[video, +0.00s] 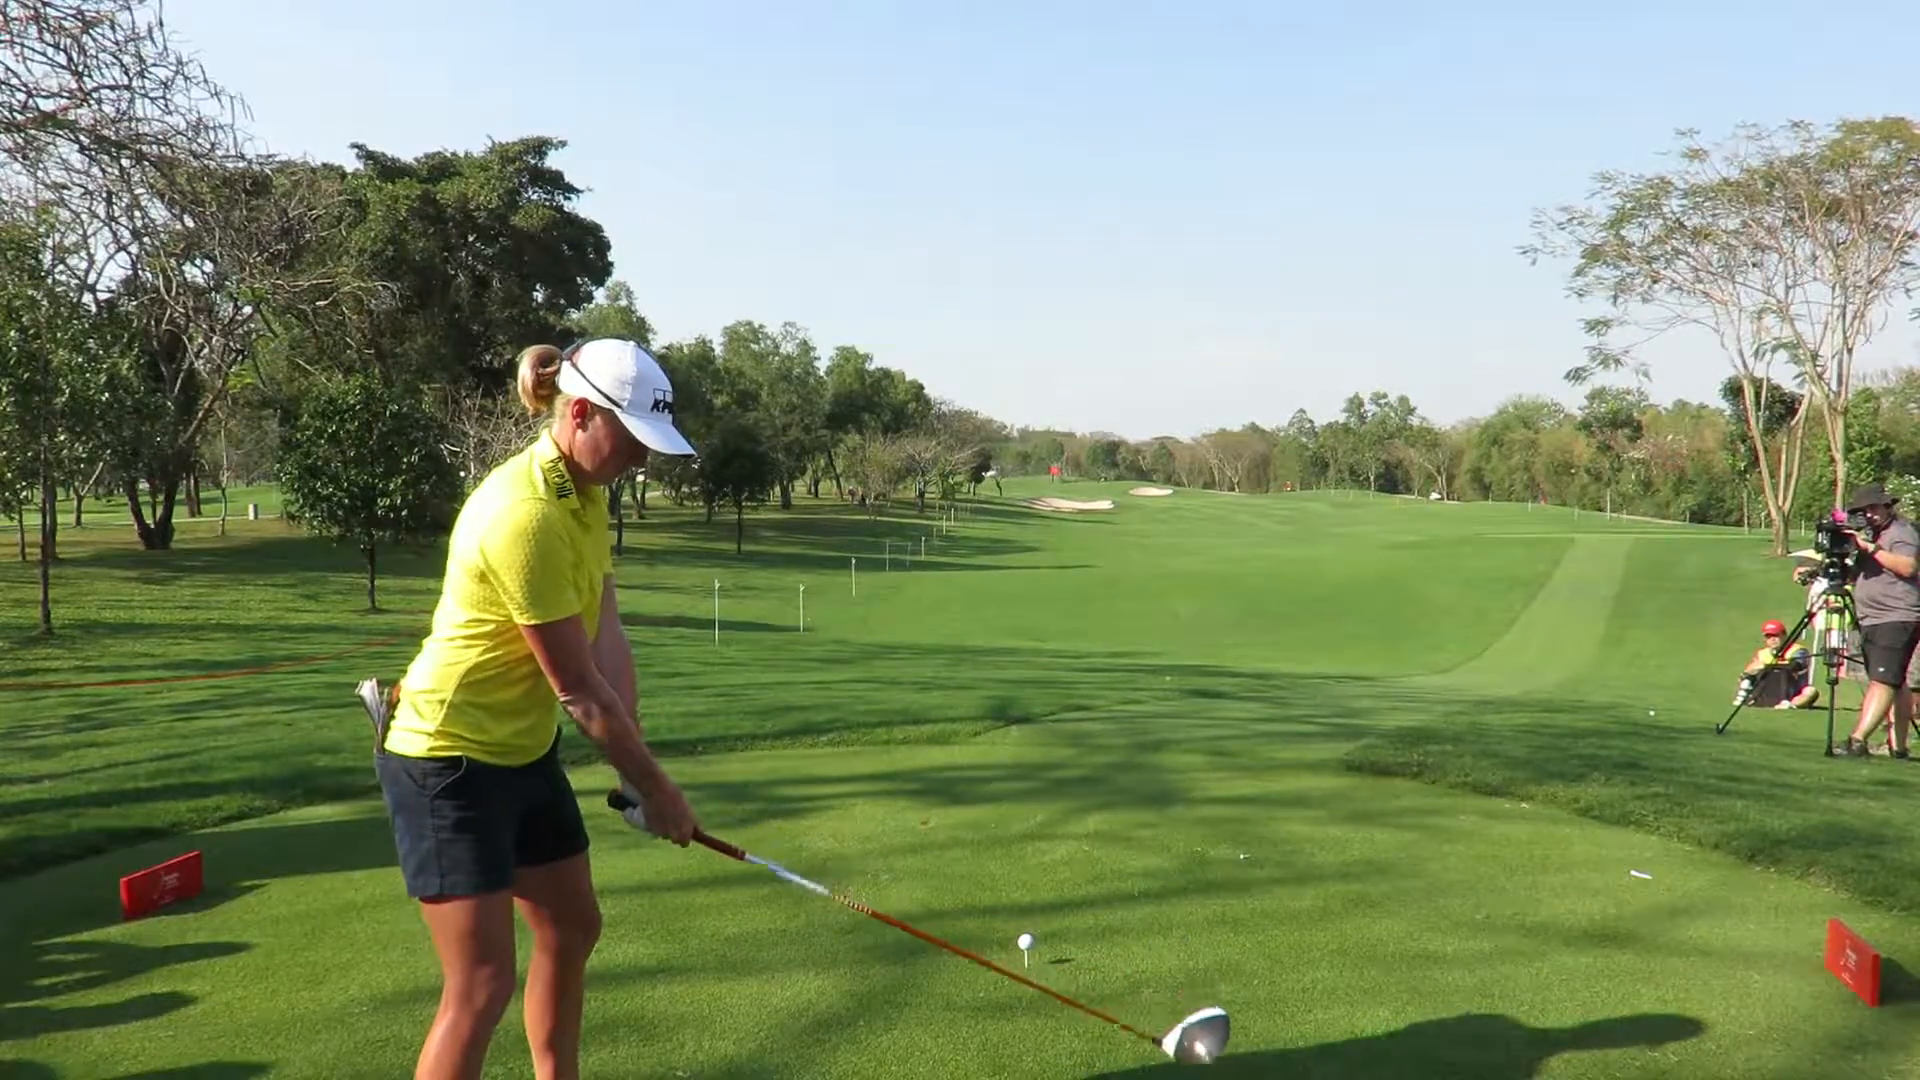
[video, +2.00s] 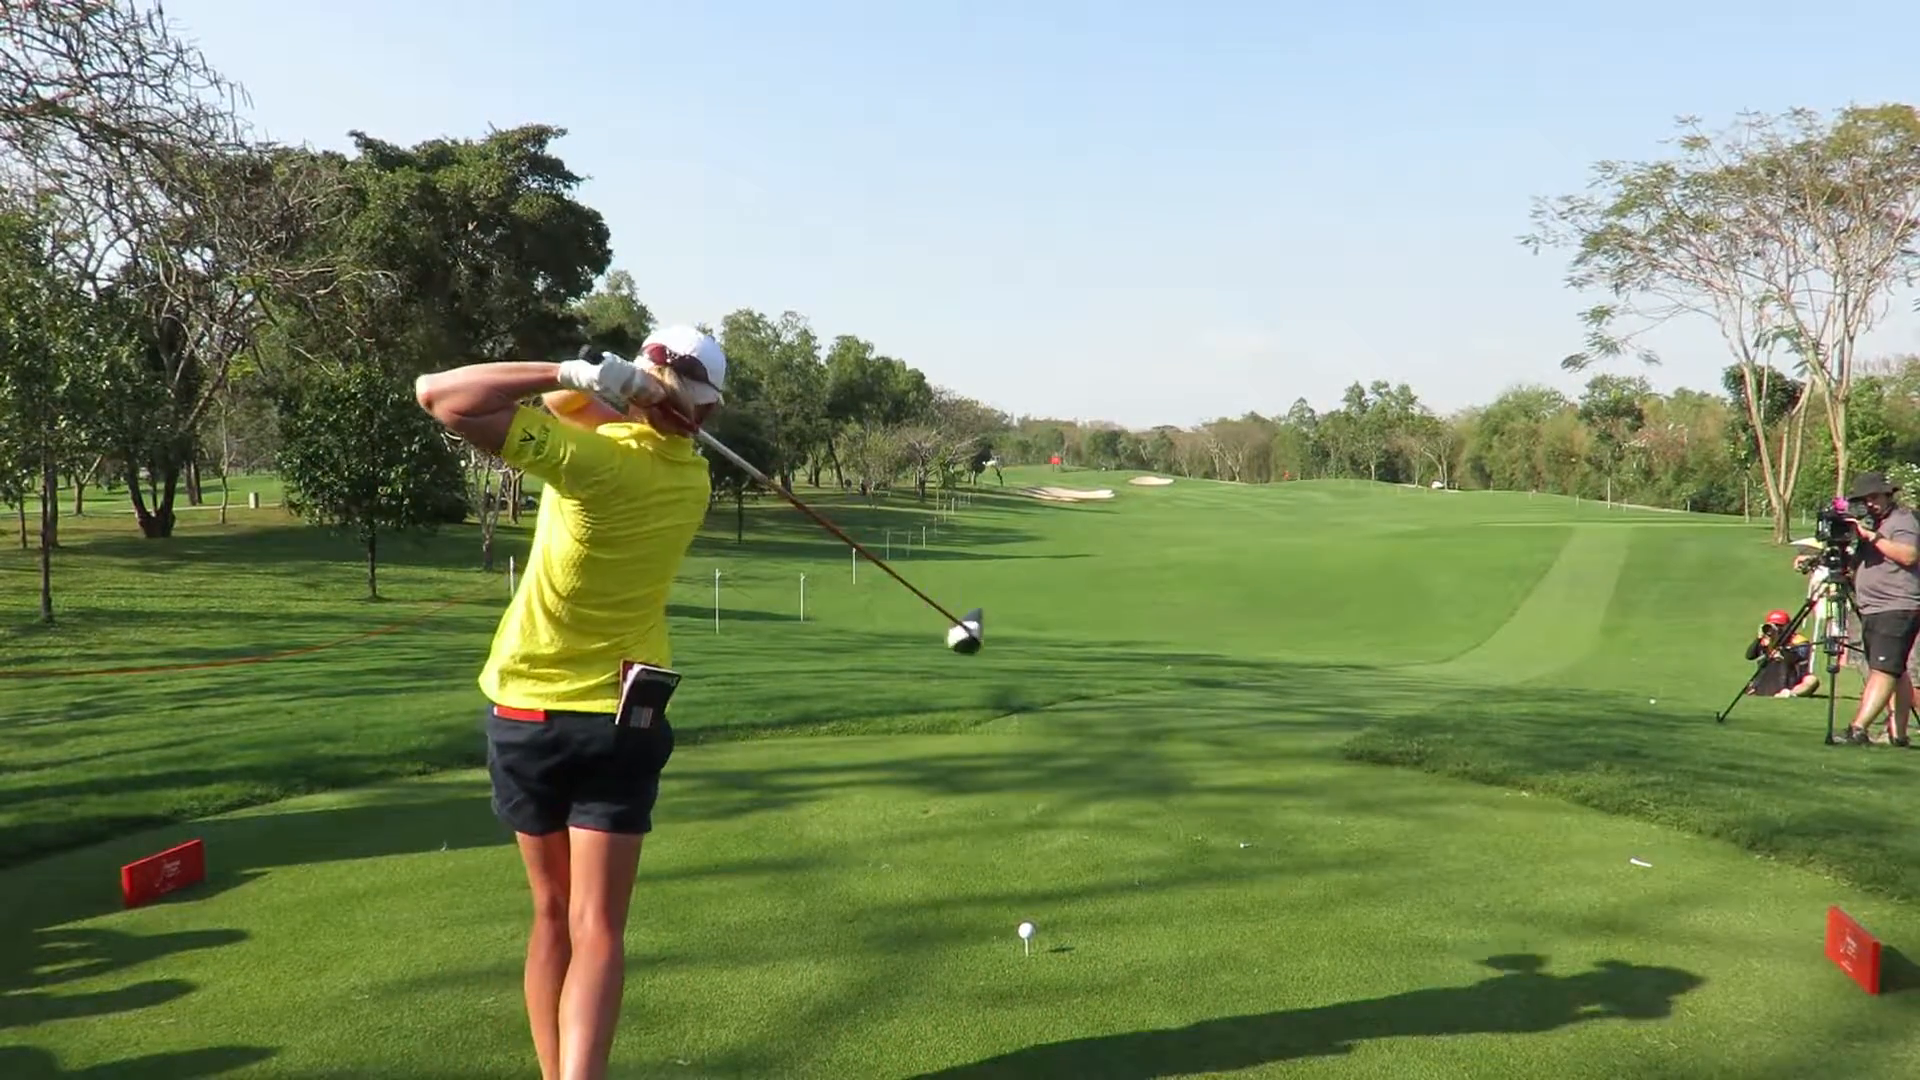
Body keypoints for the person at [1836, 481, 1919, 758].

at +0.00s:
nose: (1867, 517)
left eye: (1871, 510)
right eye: (1863, 513)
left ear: (1886, 508)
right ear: (1863, 514)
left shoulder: (1902, 532)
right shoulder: (1873, 536)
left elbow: (1908, 567)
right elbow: (1857, 574)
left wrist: (1871, 549)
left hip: (1898, 618)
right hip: (1873, 618)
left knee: (1883, 679)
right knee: (1891, 684)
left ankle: (1858, 738)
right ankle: (1898, 745)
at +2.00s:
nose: (1868, 506)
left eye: (1873, 499)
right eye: (1865, 501)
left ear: (1887, 496)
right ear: (1863, 502)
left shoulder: (1902, 520)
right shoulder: (1875, 525)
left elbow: (1909, 556)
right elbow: (1865, 566)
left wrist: (1872, 538)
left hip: (1898, 607)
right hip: (1874, 608)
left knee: (1884, 667)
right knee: (1891, 670)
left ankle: (1858, 727)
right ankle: (1898, 733)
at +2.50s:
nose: (1869, 508)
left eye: (1872, 501)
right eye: (1864, 504)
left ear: (1886, 497)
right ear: (1863, 506)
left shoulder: (1902, 521)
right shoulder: (1873, 525)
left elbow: (1909, 556)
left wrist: (1872, 538)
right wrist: (1845, 535)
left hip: (1898, 607)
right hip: (1873, 608)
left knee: (1883, 668)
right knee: (1892, 672)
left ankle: (1858, 728)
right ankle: (1898, 734)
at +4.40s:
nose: (1865, 511)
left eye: (1868, 504)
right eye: (1861, 507)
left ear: (1884, 500)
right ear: (1863, 508)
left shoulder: (1901, 524)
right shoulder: (1873, 529)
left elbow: (1909, 559)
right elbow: (1861, 570)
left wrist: (1871, 541)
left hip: (1898, 611)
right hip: (1874, 612)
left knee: (1882, 671)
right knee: (1894, 676)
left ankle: (1857, 731)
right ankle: (1898, 737)